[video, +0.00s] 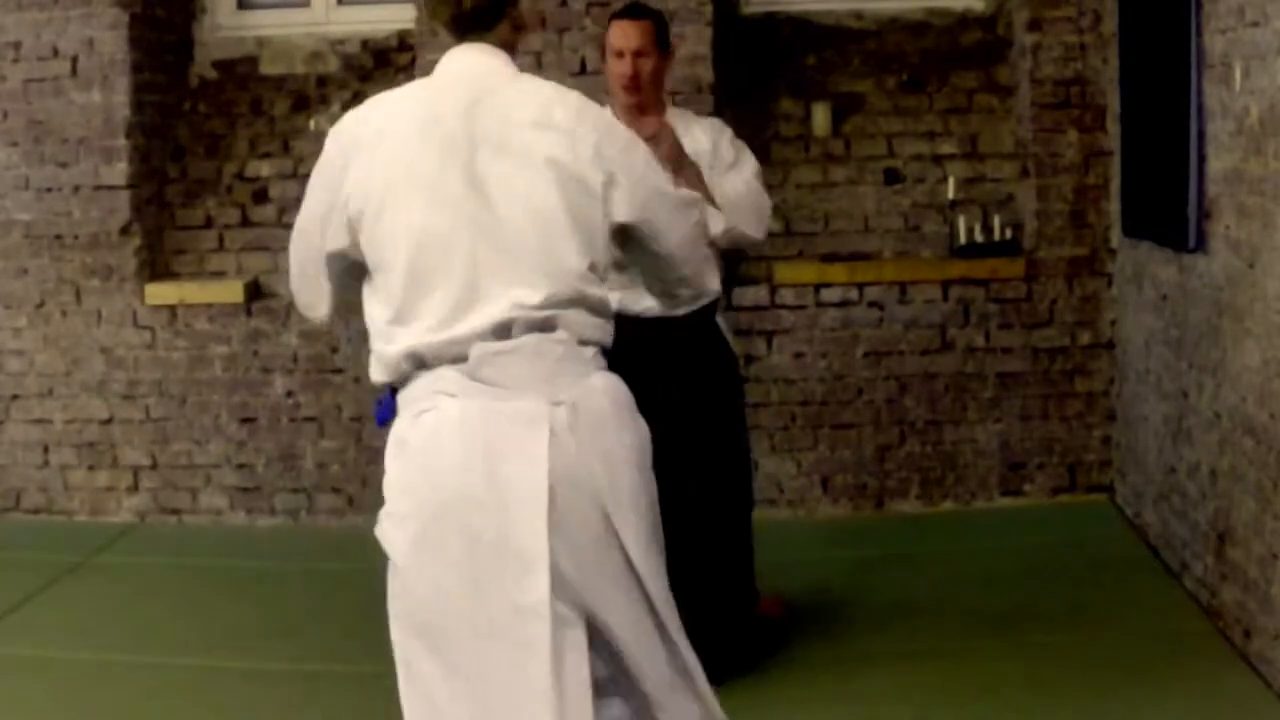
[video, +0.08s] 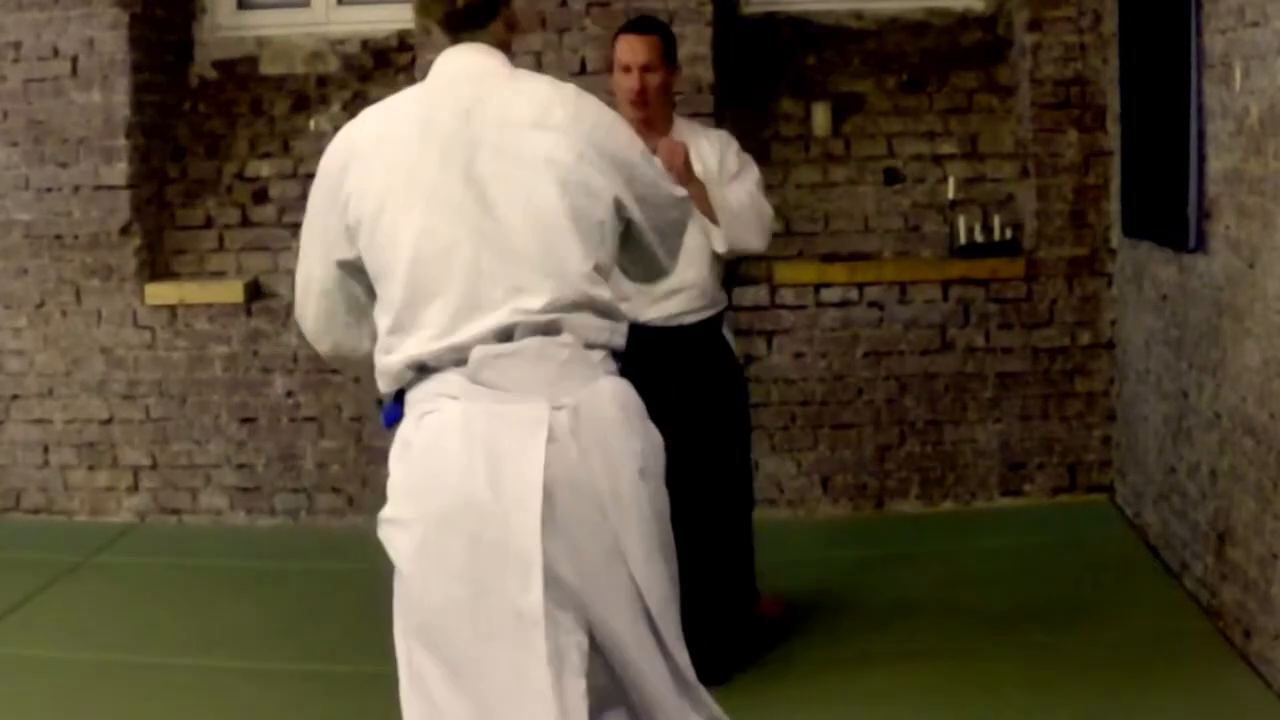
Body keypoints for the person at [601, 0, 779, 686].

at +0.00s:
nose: (628, 67)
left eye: (641, 54)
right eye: (617, 55)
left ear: (665, 61)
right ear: (604, 62)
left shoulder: (709, 138)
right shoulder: (585, 144)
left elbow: (752, 226)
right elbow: (570, 239)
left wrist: (681, 173)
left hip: (695, 340)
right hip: (615, 343)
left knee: (714, 496)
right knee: (633, 497)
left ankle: (721, 641)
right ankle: (643, 644)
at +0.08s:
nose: (634, 81)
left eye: (647, 69)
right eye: (623, 70)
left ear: (672, 75)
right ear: (611, 76)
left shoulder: (713, 149)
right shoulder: (594, 153)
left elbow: (756, 236)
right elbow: (577, 246)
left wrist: (693, 185)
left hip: (699, 346)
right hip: (621, 349)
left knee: (716, 502)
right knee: (636, 500)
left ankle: (720, 642)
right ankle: (646, 645)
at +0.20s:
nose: (641, 81)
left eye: (654, 68)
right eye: (630, 69)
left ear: (678, 74)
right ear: (616, 76)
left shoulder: (720, 145)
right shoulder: (599, 149)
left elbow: (760, 233)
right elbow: (586, 241)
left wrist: (695, 184)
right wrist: (637, 177)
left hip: (707, 345)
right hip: (627, 348)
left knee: (722, 504)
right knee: (639, 501)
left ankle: (723, 644)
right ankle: (645, 645)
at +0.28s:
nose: (642, 81)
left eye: (655, 68)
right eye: (631, 69)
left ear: (680, 73)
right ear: (618, 75)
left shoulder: (725, 142)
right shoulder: (603, 145)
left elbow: (763, 227)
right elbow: (585, 229)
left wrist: (692, 177)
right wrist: (631, 169)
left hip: (708, 340)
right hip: (627, 342)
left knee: (727, 496)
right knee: (640, 493)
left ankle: (728, 635)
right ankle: (645, 637)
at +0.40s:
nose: (642, 81)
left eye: (655, 69)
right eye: (632, 70)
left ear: (682, 73)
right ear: (619, 75)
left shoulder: (726, 143)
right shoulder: (604, 147)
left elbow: (762, 232)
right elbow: (584, 234)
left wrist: (686, 171)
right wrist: (630, 173)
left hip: (708, 337)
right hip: (626, 340)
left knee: (734, 489)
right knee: (642, 488)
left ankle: (737, 628)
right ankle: (645, 629)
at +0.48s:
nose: (642, 83)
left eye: (655, 69)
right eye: (632, 71)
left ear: (682, 73)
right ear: (620, 75)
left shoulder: (726, 144)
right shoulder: (605, 147)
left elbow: (754, 234)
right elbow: (588, 222)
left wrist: (677, 186)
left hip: (708, 334)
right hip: (627, 336)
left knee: (736, 479)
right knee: (640, 477)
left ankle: (741, 609)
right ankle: (648, 613)